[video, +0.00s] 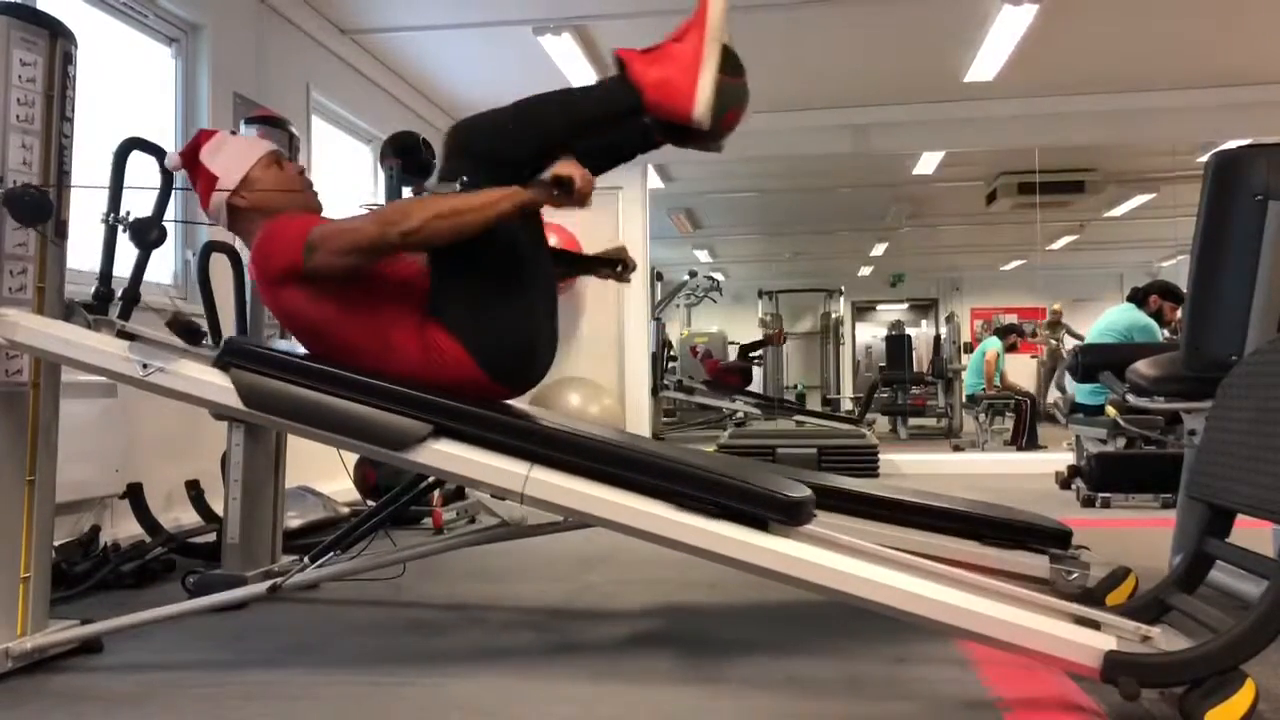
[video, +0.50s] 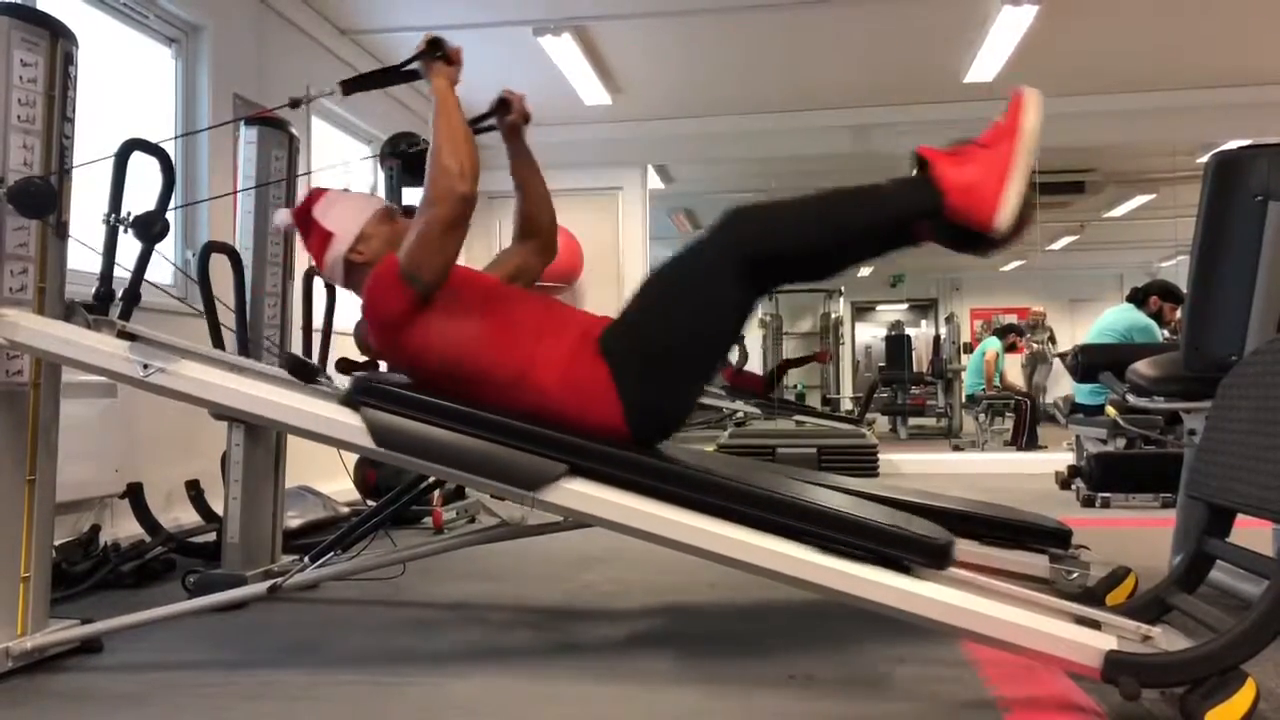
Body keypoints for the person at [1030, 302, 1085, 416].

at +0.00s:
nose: (1054, 316)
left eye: (1056, 314)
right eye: (1052, 313)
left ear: (1061, 315)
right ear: (1049, 314)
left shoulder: (1063, 326)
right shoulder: (1045, 325)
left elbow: (1074, 334)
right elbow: (1042, 337)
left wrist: (1085, 340)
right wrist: (1050, 342)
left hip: (1061, 356)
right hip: (1049, 356)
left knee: (1059, 383)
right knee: (1045, 384)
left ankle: (1069, 401)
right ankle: (1042, 407)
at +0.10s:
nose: (1049, 318)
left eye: (1052, 316)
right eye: (1048, 316)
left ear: (1056, 318)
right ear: (1044, 316)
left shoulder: (1058, 329)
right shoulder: (1036, 327)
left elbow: (1070, 338)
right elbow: (1027, 340)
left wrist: (1080, 343)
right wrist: (1036, 344)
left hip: (1055, 359)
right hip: (1041, 359)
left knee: (1055, 385)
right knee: (1038, 386)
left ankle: (1066, 398)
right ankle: (1038, 409)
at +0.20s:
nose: (1043, 318)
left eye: (1046, 315)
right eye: (1041, 315)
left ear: (1051, 317)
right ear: (1037, 316)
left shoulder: (1054, 329)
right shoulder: (1029, 328)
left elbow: (1064, 340)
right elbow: (1023, 342)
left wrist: (1072, 347)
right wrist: (1033, 345)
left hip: (1051, 361)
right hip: (1035, 362)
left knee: (1051, 383)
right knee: (1034, 389)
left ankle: (1063, 398)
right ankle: (1035, 409)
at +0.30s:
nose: (1040, 318)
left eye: (1043, 315)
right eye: (1037, 315)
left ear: (1048, 317)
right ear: (1033, 316)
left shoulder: (1051, 329)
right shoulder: (1028, 328)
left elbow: (1058, 341)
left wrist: (1066, 351)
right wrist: (1031, 346)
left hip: (1048, 360)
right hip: (1032, 361)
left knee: (1045, 380)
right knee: (1032, 387)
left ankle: (1054, 397)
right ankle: (1034, 407)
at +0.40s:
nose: (1037, 319)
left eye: (1040, 316)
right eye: (1035, 316)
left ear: (1045, 318)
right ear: (1031, 317)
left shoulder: (1049, 329)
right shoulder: (1027, 329)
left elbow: (1055, 342)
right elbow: (1023, 342)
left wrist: (1059, 351)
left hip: (1046, 359)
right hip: (1031, 359)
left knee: (1040, 381)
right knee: (1031, 385)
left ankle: (1046, 403)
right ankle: (1033, 406)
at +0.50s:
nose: (1035, 320)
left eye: (1038, 317)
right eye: (1033, 317)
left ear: (1043, 318)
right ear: (1030, 317)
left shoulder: (1048, 329)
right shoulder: (1025, 329)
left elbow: (1054, 342)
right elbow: (1019, 341)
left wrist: (1055, 351)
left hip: (1044, 359)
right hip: (1029, 359)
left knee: (1038, 382)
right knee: (1029, 385)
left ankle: (1041, 404)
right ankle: (1031, 407)